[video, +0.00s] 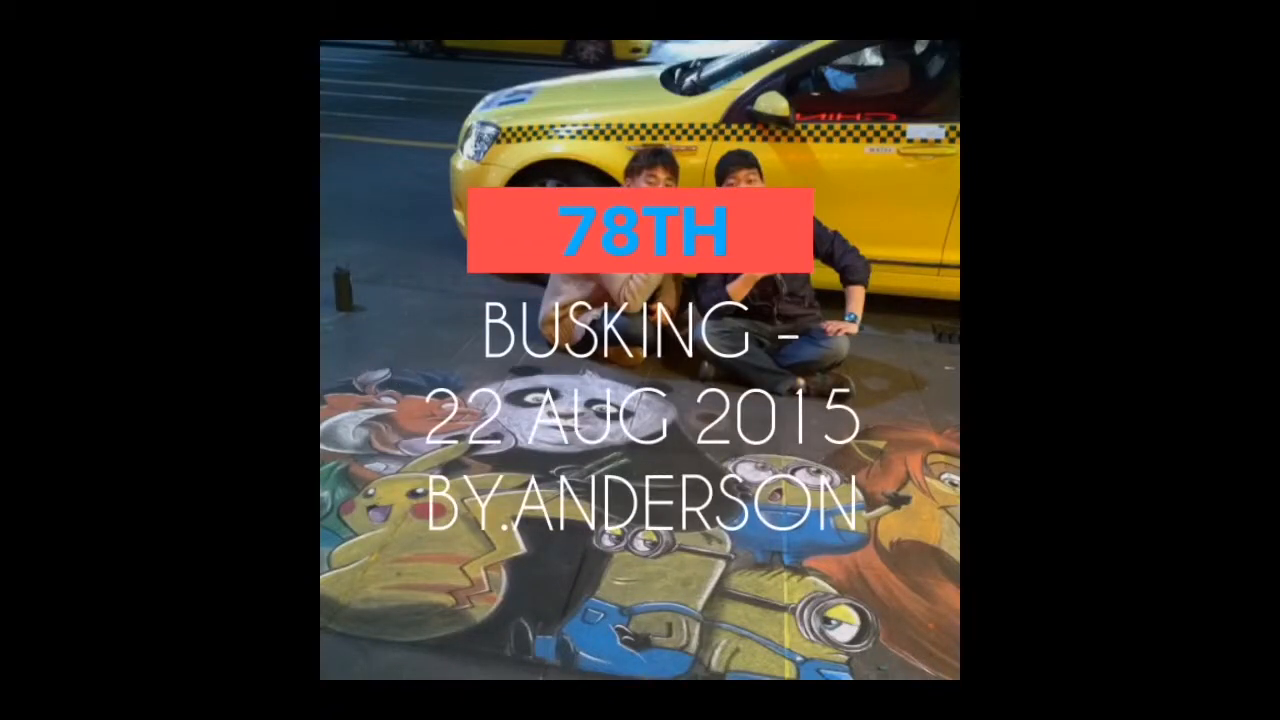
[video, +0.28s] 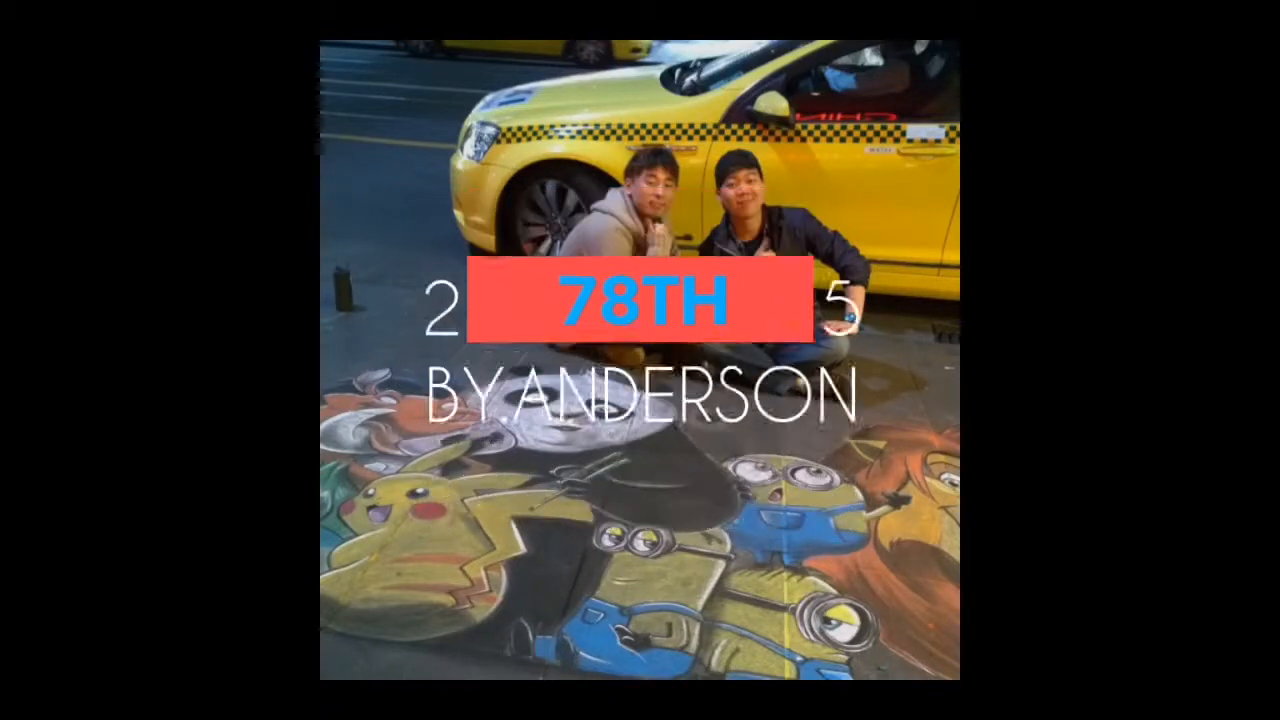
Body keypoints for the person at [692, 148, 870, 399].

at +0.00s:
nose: (743, 190)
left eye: (750, 181)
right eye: (732, 184)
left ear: (763, 184)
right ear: (721, 192)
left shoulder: (791, 220)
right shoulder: (716, 230)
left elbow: (853, 262)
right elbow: (707, 303)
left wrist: (851, 319)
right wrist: (751, 276)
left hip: (800, 325)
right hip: (747, 324)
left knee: (837, 345)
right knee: (708, 333)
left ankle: (732, 371)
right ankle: (798, 386)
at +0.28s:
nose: (743, 191)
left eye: (750, 181)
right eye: (732, 185)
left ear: (763, 187)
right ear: (720, 196)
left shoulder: (796, 223)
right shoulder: (712, 247)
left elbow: (855, 264)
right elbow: (709, 314)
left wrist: (851, 318)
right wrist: (750, 273)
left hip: (792, 332)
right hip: (741, 337)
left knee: (837, 345)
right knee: (706, 340)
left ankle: (746, 373)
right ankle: (794, 383)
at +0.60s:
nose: (743, 190)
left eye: (751, 181)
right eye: (732, 185)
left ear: (763, 187)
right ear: (720, 196)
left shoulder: (795, 222)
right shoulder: (713, 246)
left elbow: (854, 262)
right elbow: (708, 308)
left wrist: (851, 320)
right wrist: (752, 275)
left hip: (800, 325)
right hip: (749, 325)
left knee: (838, 344)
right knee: (704, 332)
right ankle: (811, 383)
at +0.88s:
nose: (743, 190)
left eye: (751, 181)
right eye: (732, 185)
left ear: (763, 187)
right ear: (720, 196)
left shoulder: (795, 223)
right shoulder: (713, 247)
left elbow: (853, 262)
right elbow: (707, 306)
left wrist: (851, 320)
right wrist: (752, 275)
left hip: (799, 328)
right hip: (743, 332)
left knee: (838, 344)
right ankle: (817, 384)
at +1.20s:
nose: (743, 190)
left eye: (751, 180)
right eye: (732, 184)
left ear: (764, 186)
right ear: (719, 195)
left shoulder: (796, 222)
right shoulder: (712, 248)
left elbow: (852, 262)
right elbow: (709, 306)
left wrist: (853, 317)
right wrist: (752, 275)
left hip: (801, 319)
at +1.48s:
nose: (743, 191)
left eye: (750, 181)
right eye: (732, 185)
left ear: (763, 187)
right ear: (720, 195)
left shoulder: (795, 222)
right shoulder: (714, 246)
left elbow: (853, 263)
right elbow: (710, 310)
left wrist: (849, 321)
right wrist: (753, 274)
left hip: (800, 329)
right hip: (747, 329)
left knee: (838, 346)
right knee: (704, 334)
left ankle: (733, 372)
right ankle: (797, 386)